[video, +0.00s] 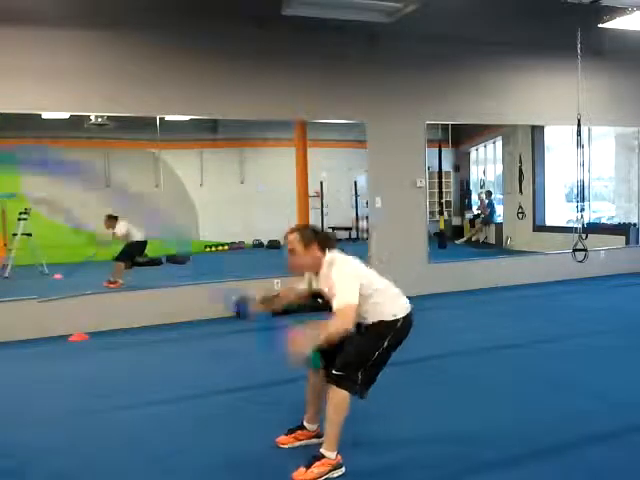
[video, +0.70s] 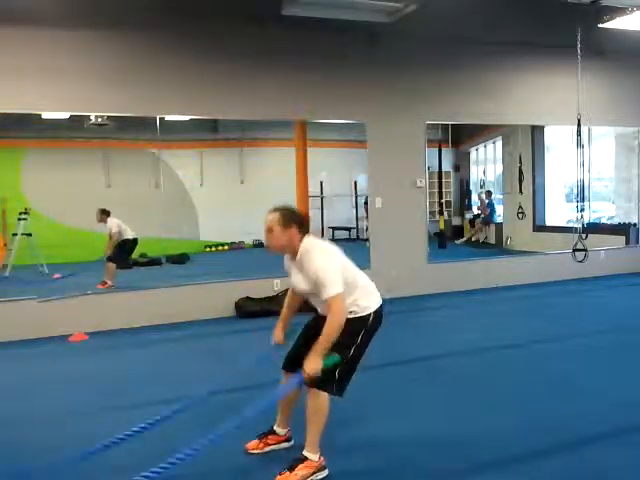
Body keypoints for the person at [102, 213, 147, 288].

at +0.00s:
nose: (105, 225)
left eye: (106, 223)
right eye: (105, 223)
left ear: (111, 221)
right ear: (113, 221)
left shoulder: (120, 225)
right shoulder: (121, 225)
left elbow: (121, 235)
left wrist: (115, 234)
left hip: (136, 241)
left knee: (120, 260)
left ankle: (117, 281)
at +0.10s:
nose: (106, 220)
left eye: (107, 218)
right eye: (106, 218)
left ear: (112, 218)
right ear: (114, 218)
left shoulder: (120, 225)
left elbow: (121, 238)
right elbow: (114, 242)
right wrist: (108, 251)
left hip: (136, 239)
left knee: (121, 259)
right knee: (121, 260)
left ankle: (118, 280)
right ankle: (115, 280)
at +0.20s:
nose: (111, 208)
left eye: (113, 206)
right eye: (112, 206)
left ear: (118, 207)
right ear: (120, 207)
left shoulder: (123, 215)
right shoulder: (122, 214)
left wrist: (112, 227)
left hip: (133, 238)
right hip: (133, 237)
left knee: (117, 258)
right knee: (118, 258)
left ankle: (117, 280)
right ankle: (116, 280)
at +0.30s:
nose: (114, 205)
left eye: (115, 203)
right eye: (115, 203)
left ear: (119, 202)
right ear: (123, 201)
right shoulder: (126, 210)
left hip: (129, 236)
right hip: (133, 236)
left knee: (115, 257)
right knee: (121, 260)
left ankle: (114, 279)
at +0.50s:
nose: (99, 218)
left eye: (100, 216)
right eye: (99, 216)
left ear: (103, 215)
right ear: (107, 214)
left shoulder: (112, 219)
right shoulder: (111, 220)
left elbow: (117, 223)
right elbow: (93, 218)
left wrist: (115, 235)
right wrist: (89, 210)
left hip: (129, 240)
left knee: (113, 259)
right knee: (116, 261)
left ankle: (108, 281)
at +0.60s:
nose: (96, 225)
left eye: (97, 223)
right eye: (97, 223)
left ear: (101, 223)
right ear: (105, 222)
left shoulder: (109, 227)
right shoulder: (111, 226)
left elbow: (108, 240)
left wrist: (101, 246)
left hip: (128, 241)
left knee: (111, 260)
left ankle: (108, 281)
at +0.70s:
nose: (97, 218)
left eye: (98, 215)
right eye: (97, 216)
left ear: (103, 216)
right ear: (105, 216)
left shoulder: (112, 222)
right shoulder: (110, 222)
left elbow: (115, 236)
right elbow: (111, 237)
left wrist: (109, 250)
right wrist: (108, 249)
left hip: (128, 239)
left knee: (111, 259)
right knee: (111, 260)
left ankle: (109, 281)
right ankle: (108, 281)